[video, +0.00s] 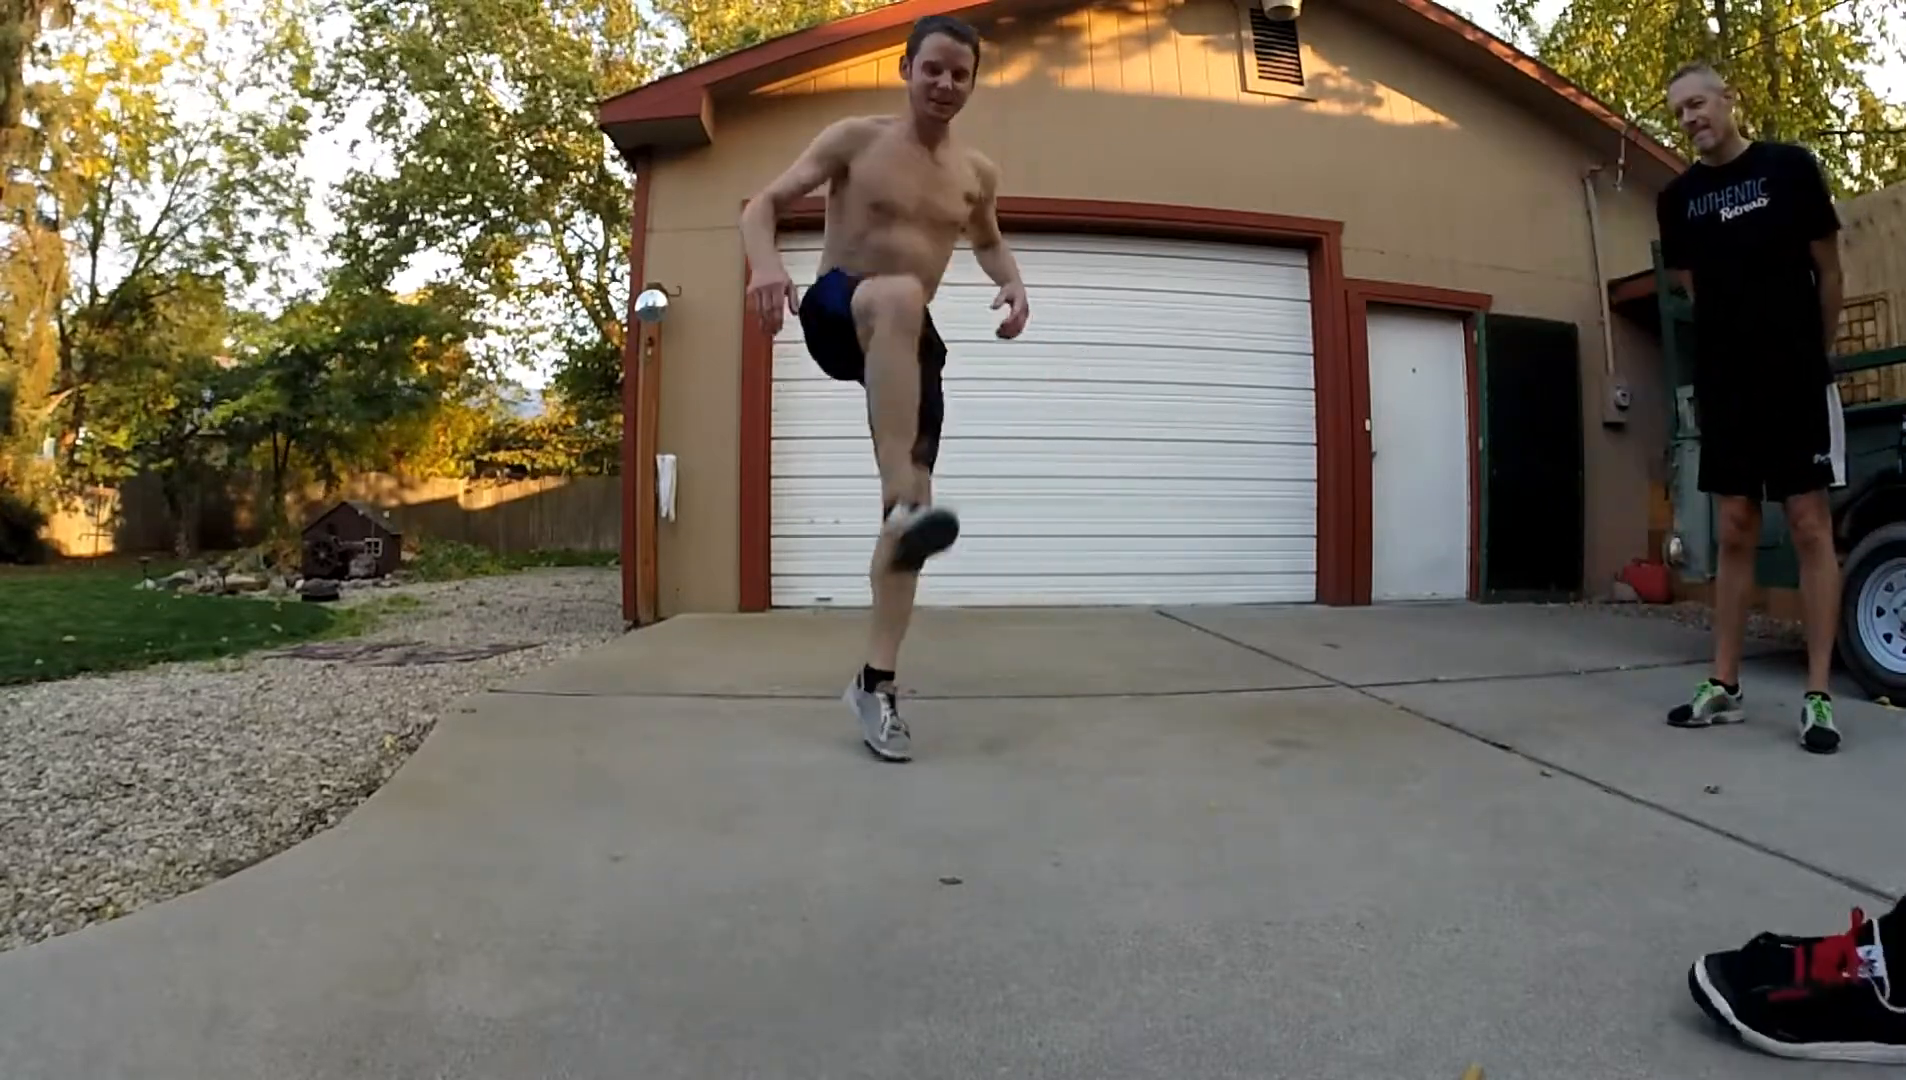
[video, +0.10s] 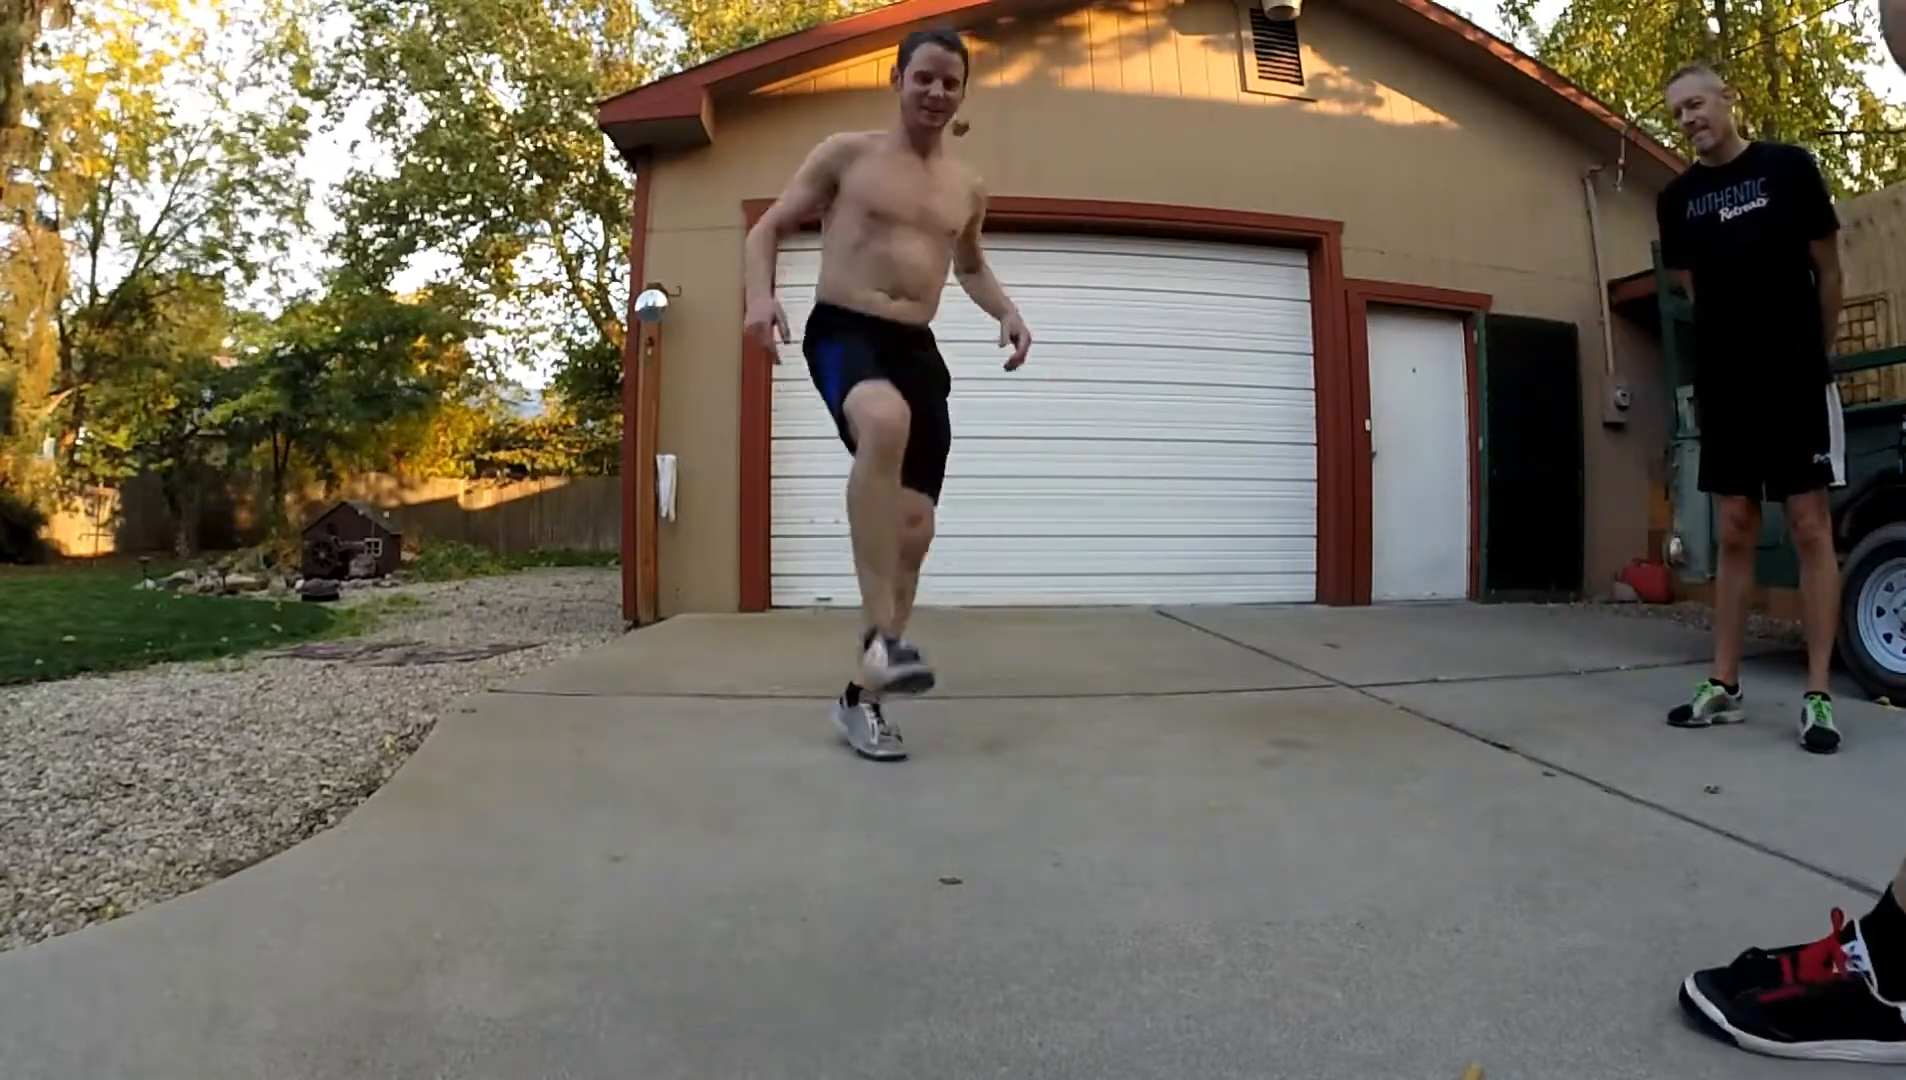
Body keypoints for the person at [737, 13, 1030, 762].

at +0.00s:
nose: (943, 84)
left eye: (958, 73)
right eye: (931, 69)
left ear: (972, 83)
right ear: (907, 72)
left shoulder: (976, 172)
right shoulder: (853, 138)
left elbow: (989, 244)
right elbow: (761, 206)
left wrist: (1015, 288)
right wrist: (764, 265)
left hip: (917, 334)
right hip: (839, 317)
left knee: (910, 509)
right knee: (900, 294)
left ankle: (876, 684)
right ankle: (903, 502)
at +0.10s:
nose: (933, 91)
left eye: (947, 82)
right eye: (923, 77)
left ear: (962, 95)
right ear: (898, 81)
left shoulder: (967, 186)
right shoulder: (845, 152)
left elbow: (971, 265)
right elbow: (766, 231)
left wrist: (1007, 311)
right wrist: (760, 295)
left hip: (916, 348)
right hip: (843, 329)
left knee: (913, 530)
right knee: (885, 420)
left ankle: (860, 701)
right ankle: (881, 636)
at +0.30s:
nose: (922, 124)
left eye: (935, 114)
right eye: (910, 109)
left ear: (947, 126)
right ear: (884, 113)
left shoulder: (957, 215)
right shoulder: (831, 186)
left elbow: (1000, 288)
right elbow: (759, 273)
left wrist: (1047, 297)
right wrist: (770, 348)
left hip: (910, 364)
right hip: (833, 351)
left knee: (913, 550)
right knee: (903, 409)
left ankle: (855, 706)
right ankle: (956, 609)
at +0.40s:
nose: (927, 105)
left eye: (940, 95)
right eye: (914, 91)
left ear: (954, 104)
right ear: (888, 92)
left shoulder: (959, 189)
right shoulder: (835, 162)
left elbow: (1008, 248)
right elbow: (754, 241)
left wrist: (1051, 246)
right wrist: (771, 307)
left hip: (900, 360)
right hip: (827, 347)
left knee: (895, 527)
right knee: (888, 281)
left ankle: (860, 699)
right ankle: (956, 449)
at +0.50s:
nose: (930, 88)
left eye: (943, 78)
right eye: (917, 72)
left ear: (956, 87)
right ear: (888, 73)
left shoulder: (959, 171)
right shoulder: (837, 143)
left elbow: (991, 231)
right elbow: (750, 220)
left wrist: (1040, 238)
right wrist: (768, 276)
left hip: (896, 338)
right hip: (823, 323)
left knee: (886, 509)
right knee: (884, 265)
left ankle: (868, 688)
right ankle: (908, 462)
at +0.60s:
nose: (923, 85)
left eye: (936, 76)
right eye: (910, 71)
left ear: (949, 87)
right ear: (883, 75)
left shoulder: (952, 172)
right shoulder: (832, 145)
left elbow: (975, 245)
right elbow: (757, 229)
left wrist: (1027, 262)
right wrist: (762, 290)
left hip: (902, 336)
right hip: (829, 315)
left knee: (889, 519)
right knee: (886, 372)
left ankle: (854, 690)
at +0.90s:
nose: (925, 124)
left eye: (938, 115)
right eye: (914, 109)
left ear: (949, 124)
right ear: (883, 106)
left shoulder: (947, 207)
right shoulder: (829, 174)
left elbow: (992, 267)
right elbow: (750, 252)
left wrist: (1029, 271)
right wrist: (765, 329)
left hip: (891, 367)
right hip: (820, 344)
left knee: (890, 533)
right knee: (907, 343)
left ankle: (847, 703)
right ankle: (980, 532)